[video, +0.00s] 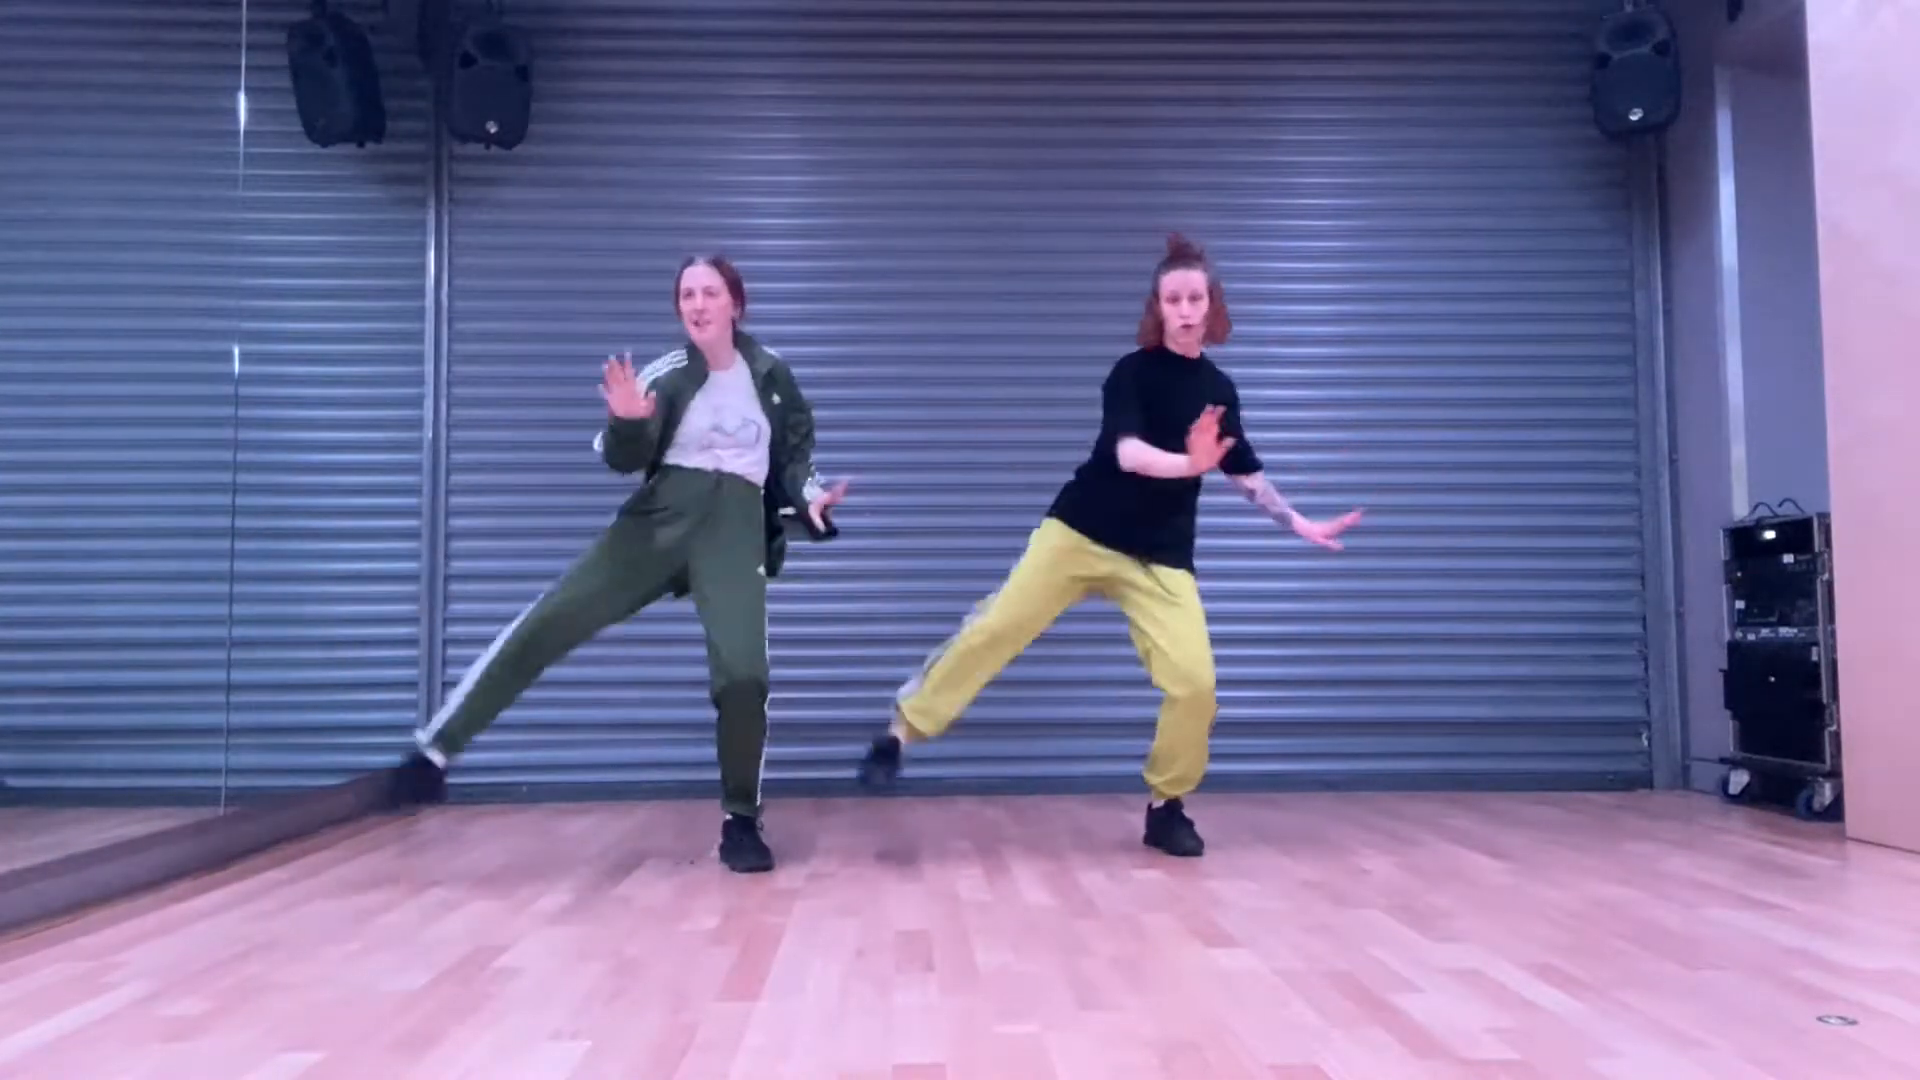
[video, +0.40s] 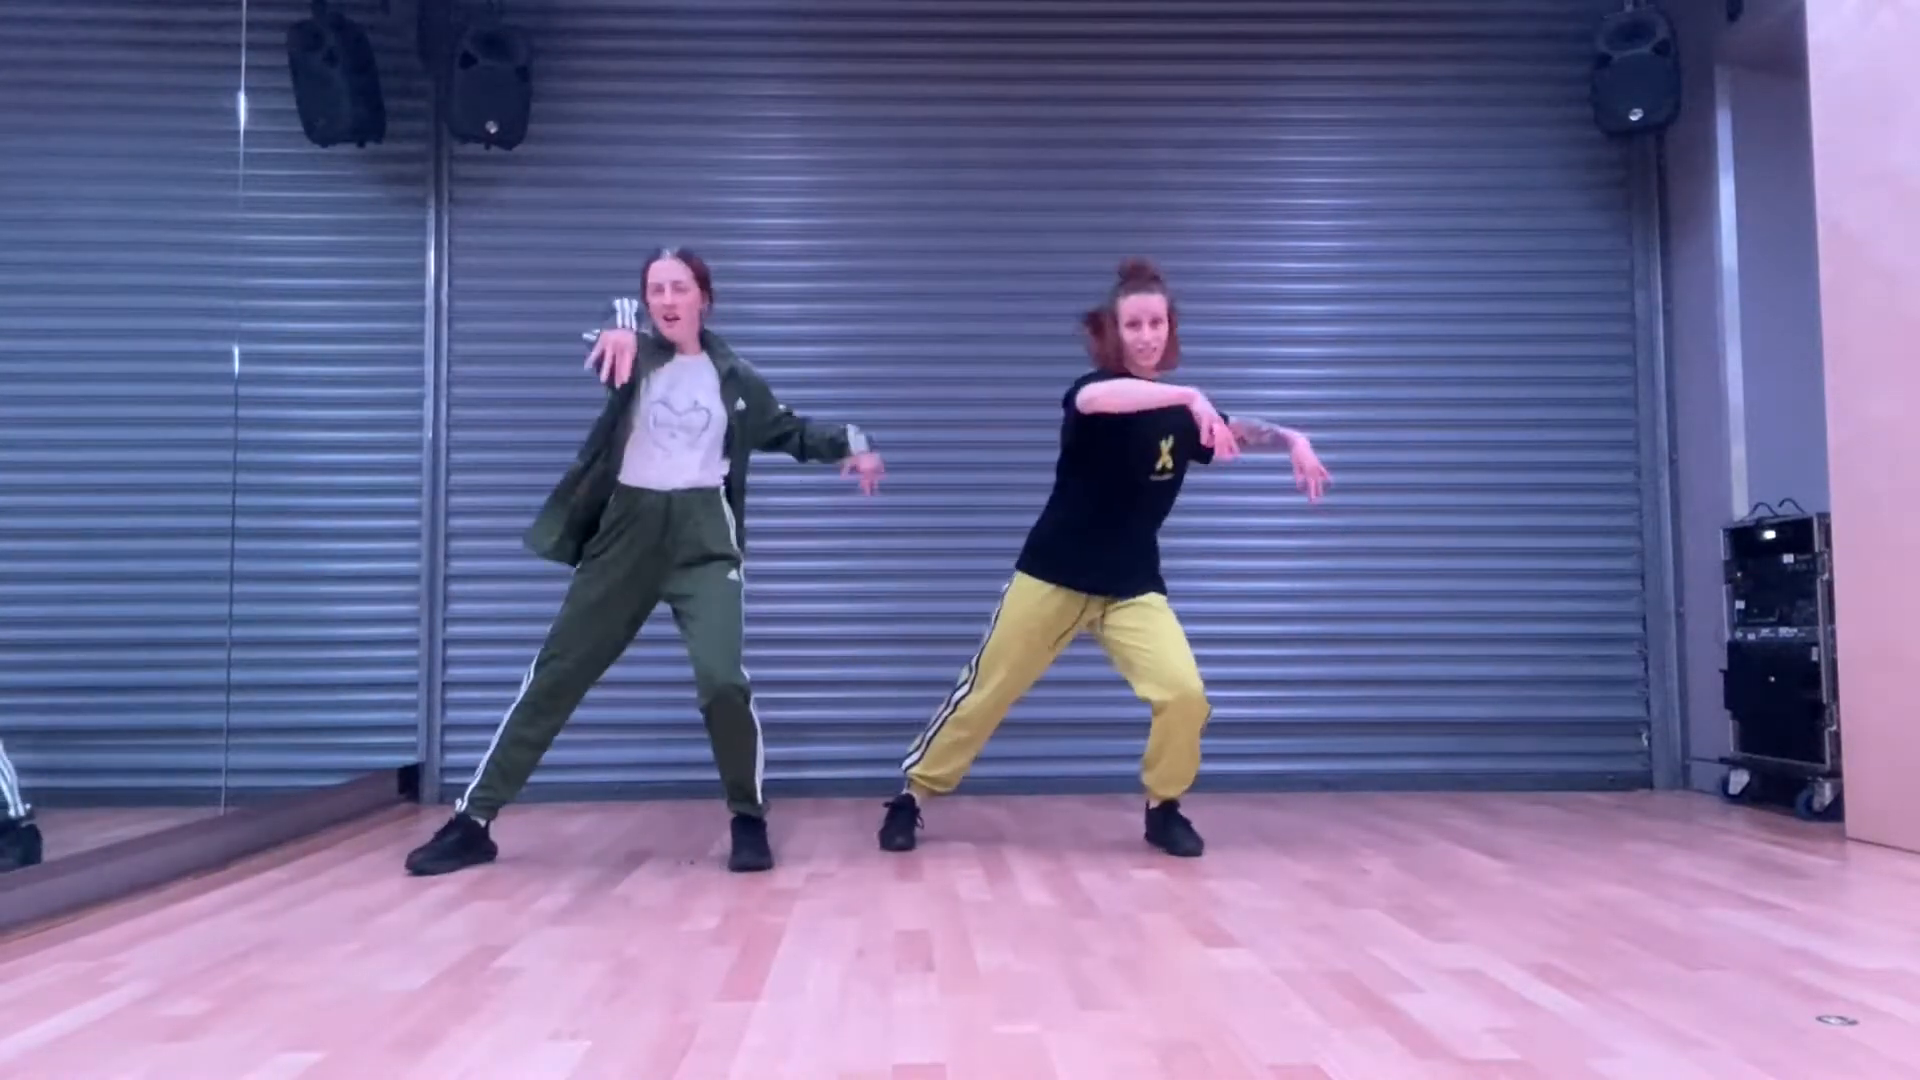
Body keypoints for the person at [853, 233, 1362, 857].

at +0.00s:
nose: (1186, 311)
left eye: (1195, 299)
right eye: (1174, 299)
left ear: (1213, 306)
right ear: (1157, 306)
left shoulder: (1218, 388)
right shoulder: (1135, 372)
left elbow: (1244, 472)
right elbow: (1125, 452)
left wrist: (1300, 525)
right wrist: (1191, 465)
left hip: (1161, 562)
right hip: (1080, 536)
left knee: (1194, 683)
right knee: (997, 628)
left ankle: (1166, 808)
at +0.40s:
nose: (1146, 336)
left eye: (1156, 323)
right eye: (1134, 324)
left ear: (1171, 328)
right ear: (1112, 332)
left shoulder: (1183, 409)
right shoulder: (1091, 393)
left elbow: (1232, 435)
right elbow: (1101, 399)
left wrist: (1292, 438)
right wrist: (1188, 397)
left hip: (1132, 588)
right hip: (1052, 579)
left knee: (1184, 695)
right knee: (986, 695)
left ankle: (1163, 809)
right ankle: (909, 799)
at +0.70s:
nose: (1121, 340)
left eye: (1117, 329)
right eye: (1102, 340)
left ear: (1127, 335)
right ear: (1078, 367)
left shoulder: (1154, 395)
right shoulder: (1062, 429)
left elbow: (1185, 358)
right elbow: (985, 496)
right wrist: (971, 585)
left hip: (1143, 586)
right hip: (1055, 584)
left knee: (1193, 692)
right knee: (983, 683)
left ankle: (1164, 810)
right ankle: (941, 803)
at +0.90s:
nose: (946, 352)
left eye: (956, 343)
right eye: (950, 343)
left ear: (986, 357)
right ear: (990, 360)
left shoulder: (1039, 394)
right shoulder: (1011, 411)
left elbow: (981, 475)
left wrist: (927, 532)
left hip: (1123, 579)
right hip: (1051, 577)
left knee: (1145, 709)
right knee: (971, 668)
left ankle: (1188, 803)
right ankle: (985, 817)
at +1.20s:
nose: (941, 298)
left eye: (948, 286)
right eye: (940, 287)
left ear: (981, 282)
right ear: (964, 285)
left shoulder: (1012, 323)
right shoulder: (978, 361)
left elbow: (1059, 371)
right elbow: (914, 415)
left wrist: (1085, 441)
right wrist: (882, 339)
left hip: (1008, 524)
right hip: (993, 527)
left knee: (955, 651)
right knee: (962, 662)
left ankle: (1099, 690)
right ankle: (985, 817)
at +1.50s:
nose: (935, 272)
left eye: (943, 262)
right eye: (934, 262)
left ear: (978, 262)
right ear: (957, 267)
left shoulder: (1024, 306)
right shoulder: (954, 330)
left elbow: (1085, 309)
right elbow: (886, 358)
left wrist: (1025, 353)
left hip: (1026, 486)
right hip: (995, 495)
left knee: (877, 479)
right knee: (983, 641)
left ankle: (965, 604)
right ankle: (988, 809)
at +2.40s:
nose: (1105, 326)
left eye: (1115, 317)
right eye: (1111, 316)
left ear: (1141, 330)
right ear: (1157, 333)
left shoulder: (1146, 398)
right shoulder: (1170, 399)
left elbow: (1129, 491)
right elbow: (1086, 464)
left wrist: (1095, 558)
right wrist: (1064, 446)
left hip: (1137, 570)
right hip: (1194, 582)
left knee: (1053, 689)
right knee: (1177, 707)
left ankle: (1042, 816)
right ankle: (1242, 807)